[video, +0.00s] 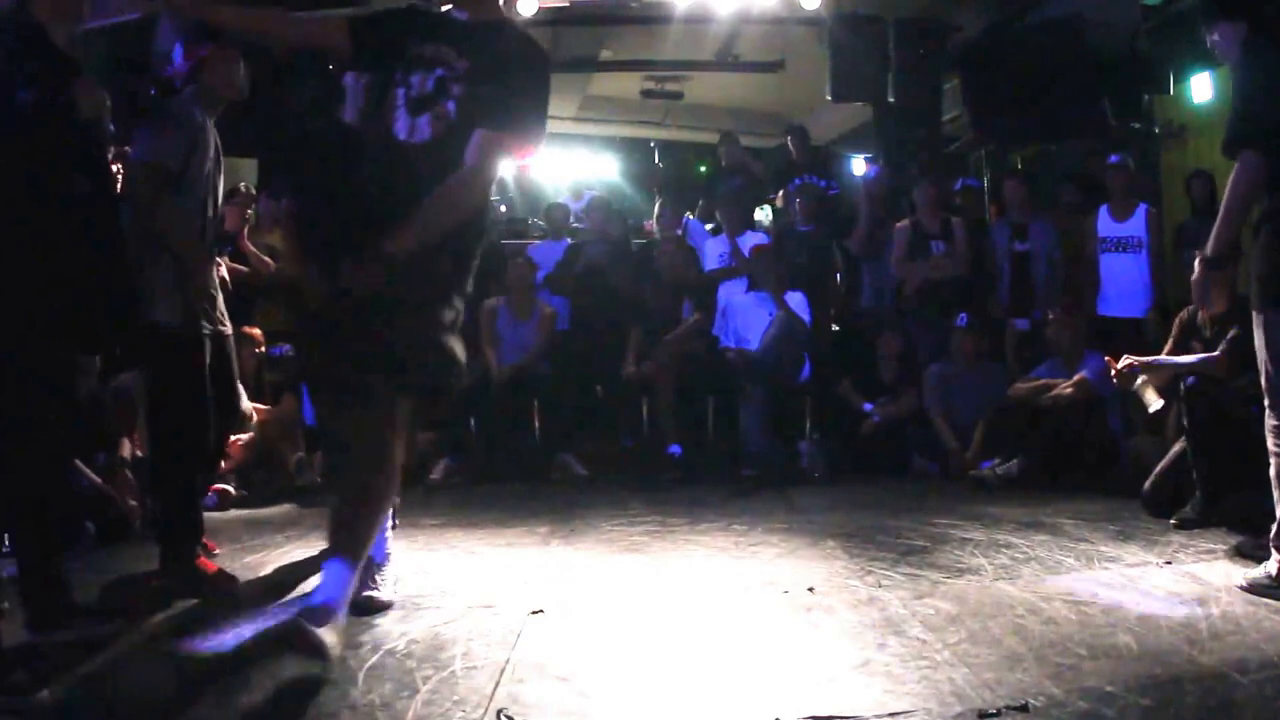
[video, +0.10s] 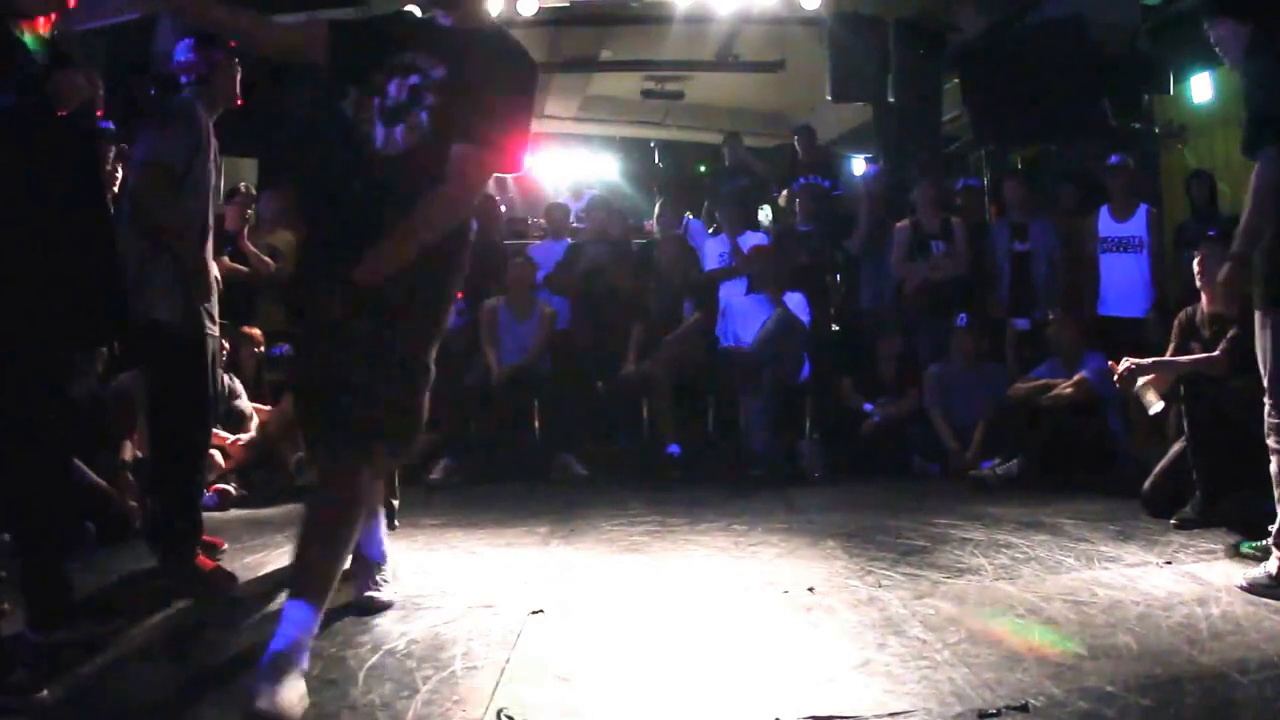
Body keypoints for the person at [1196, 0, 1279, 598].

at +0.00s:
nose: (1211, 41)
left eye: (1215, 29)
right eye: (1209, 31)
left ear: (1239, 25)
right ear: (1243, 27)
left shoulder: (1256, 66)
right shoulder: (1257, 68)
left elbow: (1251, 163)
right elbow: (1252, 163)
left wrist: (1214, 253)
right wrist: (1220, 252)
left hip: (1272, 268)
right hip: (1267, 267)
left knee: (1276, 404)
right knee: (1273, 402)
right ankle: (1275, 540)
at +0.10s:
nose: (1213, 36)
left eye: (1218, 25)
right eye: (1210, 27)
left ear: (1244, 23)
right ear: (1237, 28)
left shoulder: (1262, 70)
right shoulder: (1258, 71)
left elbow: (1267, 167)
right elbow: (1265, 169)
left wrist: (1240, 255)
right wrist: (1239, 255)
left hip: (1271, 277)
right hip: (1266, 276)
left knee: (1275, 407)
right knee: (1272, 405)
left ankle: (1279, 548)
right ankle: (1276, 537)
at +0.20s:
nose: (1216, 43)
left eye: (1220, 31)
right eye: (1212, 33)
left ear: (1245, 27)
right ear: (1234, 32)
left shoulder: (1266, 80)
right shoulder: (1258, 80)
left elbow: (1269, 167)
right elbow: (1265, 167)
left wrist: (1270, 245)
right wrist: (1263, 243)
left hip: (1271, 270)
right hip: (1266, 269)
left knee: (1274, 408)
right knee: (1270, 407)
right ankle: (1276, 539)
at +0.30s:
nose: (1216, 43)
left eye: (1221, 30)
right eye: (1214, 33)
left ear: (1248, 28)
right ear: (1235, 33)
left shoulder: (1266, 104)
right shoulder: (1260, 103)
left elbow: (1265, 214)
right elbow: (1264, 213)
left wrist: (1265, 282)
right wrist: (1262, 282)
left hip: (1275, 289)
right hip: (1272, 288)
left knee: (1276, 405)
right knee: (1272, 405)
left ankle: (1277, 552)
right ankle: (1273, 540)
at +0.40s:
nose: (1217, 38)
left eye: (1221, 26)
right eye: (1214, 28)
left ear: (1250, 24)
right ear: (1243, 29)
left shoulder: (1272, 96)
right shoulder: (1262, 96)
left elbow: (1268, 209)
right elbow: (1266, 209)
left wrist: (1269, 288)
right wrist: (1267, 288)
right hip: (1276, 294)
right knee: (1278, 410)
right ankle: (1277, 538)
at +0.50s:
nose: (1224, 32)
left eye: (1232, 19)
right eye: (1220, 22)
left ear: (1262, 22)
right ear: (1228, 32)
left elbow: (1263, 209)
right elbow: (1260, 209)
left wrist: (1265, 291)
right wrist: (1263, 292)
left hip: (1273, 297)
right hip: (1272, 298)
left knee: (1273, 405)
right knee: (1270, 405)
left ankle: (1273, 523)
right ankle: (1266, 519)